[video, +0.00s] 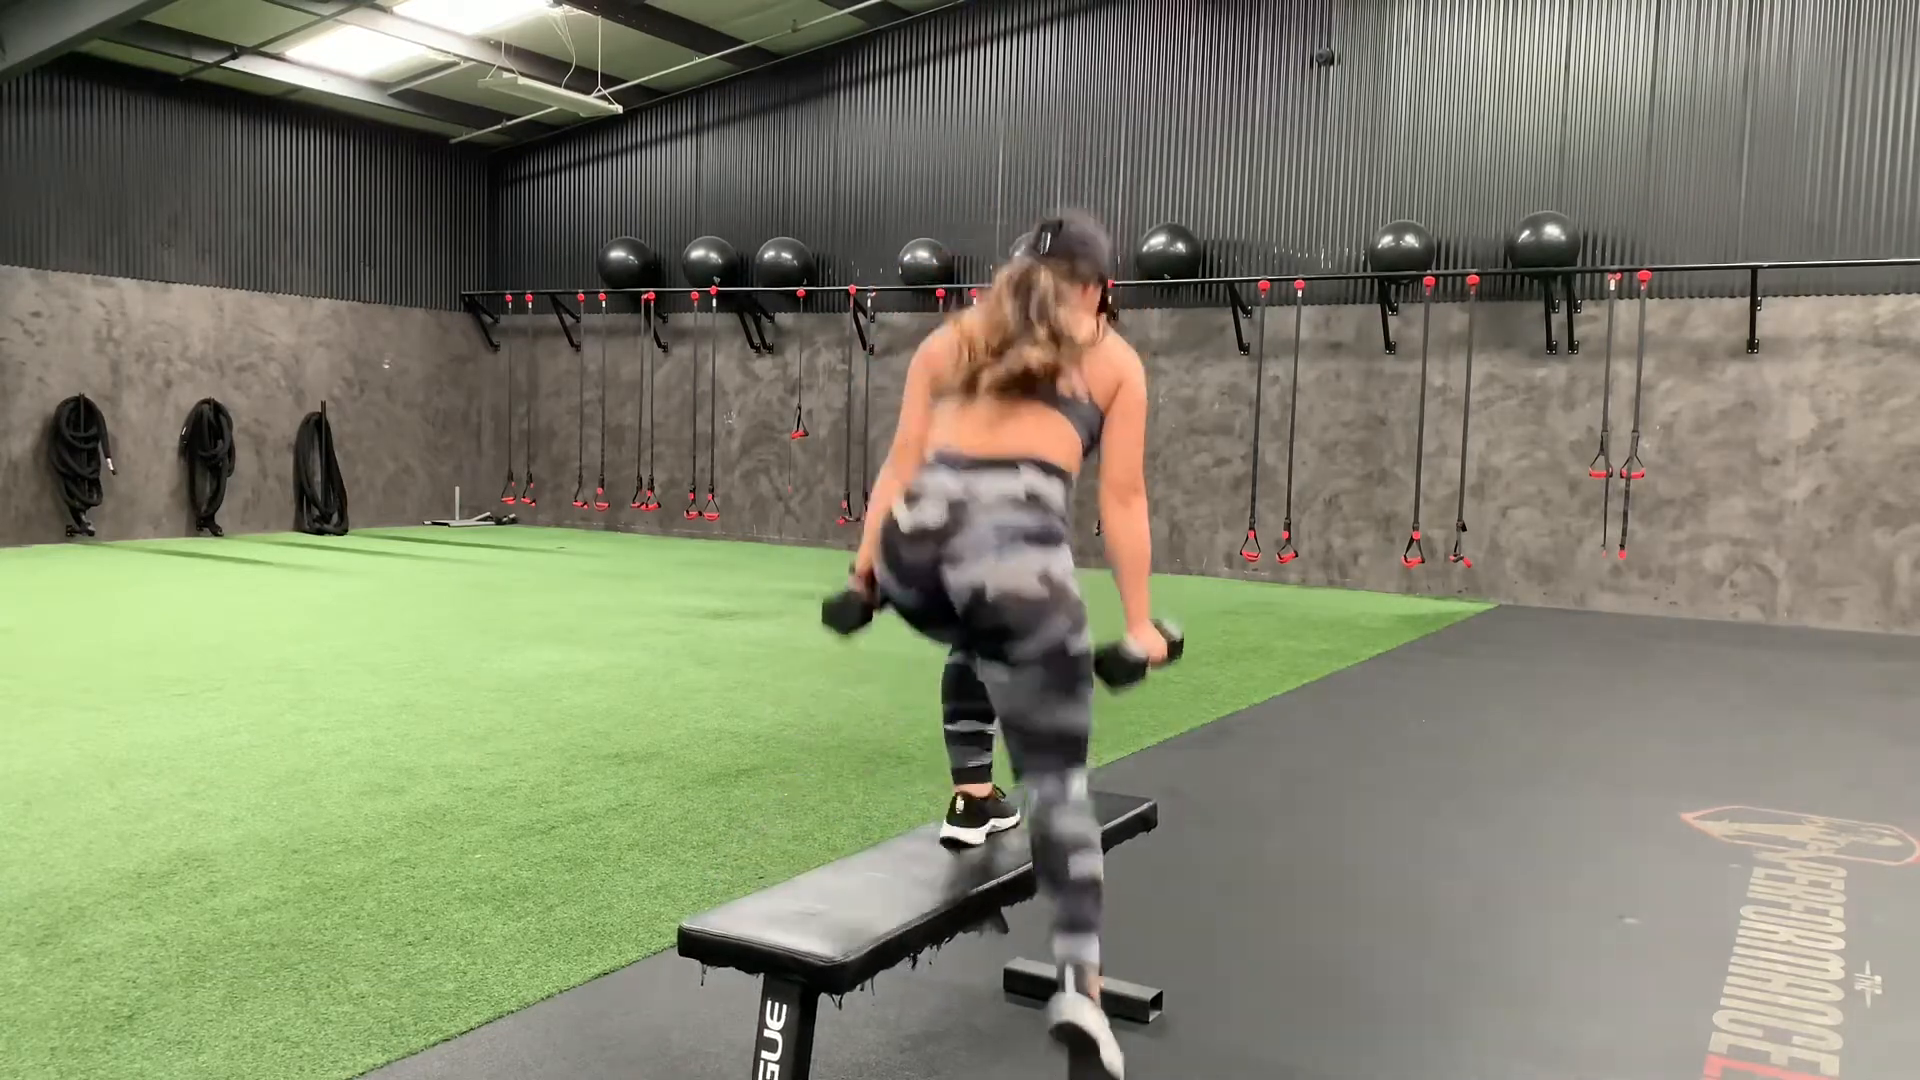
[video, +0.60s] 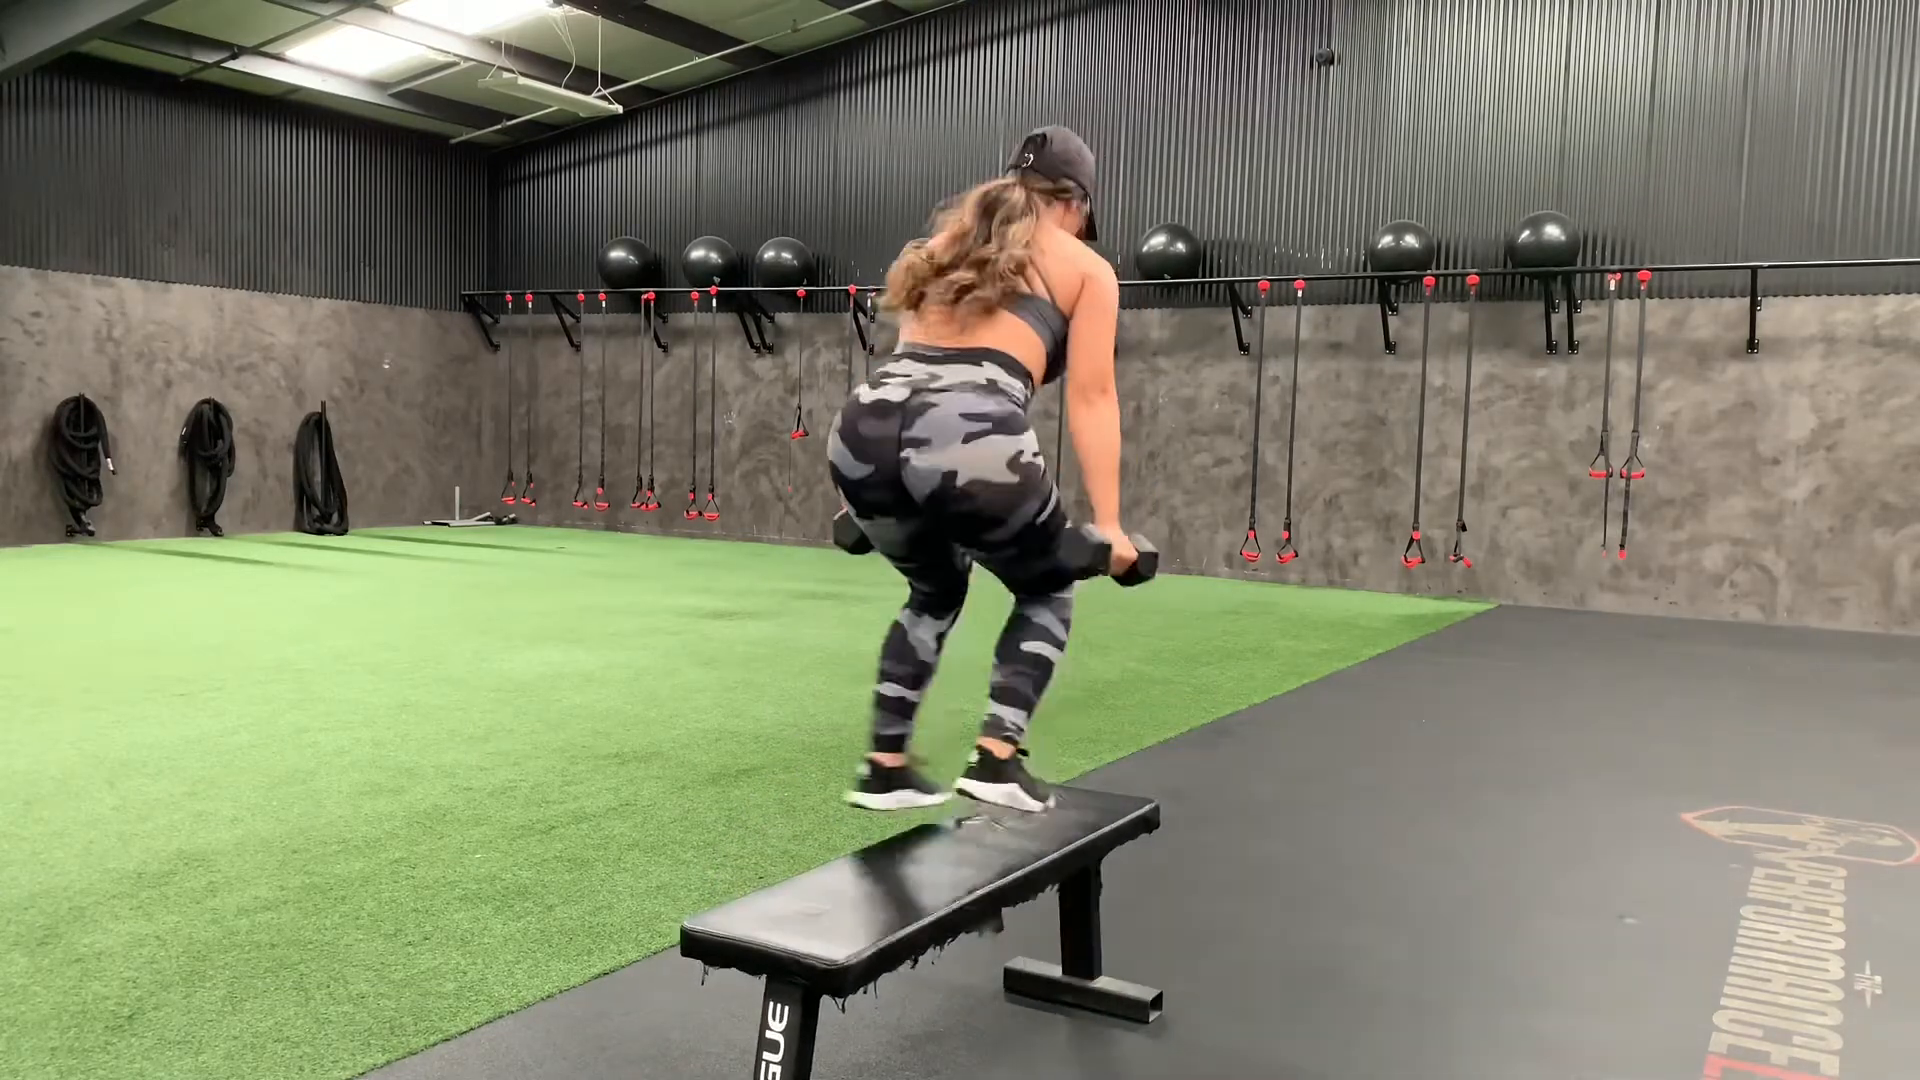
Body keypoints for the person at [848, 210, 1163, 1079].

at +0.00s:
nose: (1109, 304)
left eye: (1105, 292)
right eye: (1109, 292)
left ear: (1015, 278)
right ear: (1094, 289)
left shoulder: (945, 343)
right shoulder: (1113, 361)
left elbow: (903, 463)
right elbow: (1121, 497)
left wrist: (862, 575)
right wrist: (1139, 626)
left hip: (913, 553)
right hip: (1022, 560)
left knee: (975, 636)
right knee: (1056, 783)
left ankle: (971, 795)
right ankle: (1080, 985)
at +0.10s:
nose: (1091, 387)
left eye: (1077, 374)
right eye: (1091, 375)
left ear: (1015, 364)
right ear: (1085, 376)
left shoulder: (950, 437)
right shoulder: (1110, 457)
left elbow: (894, 570)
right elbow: (1127, 602)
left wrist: (857, 676)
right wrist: (1148, 724)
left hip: (943, 656)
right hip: (1047, 666)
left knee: (958, 691)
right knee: (1056, 883)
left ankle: (975, 794)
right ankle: (1066, 1065)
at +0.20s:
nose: (1076, 425)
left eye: (1065, 413)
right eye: (1078, 415)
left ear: (1008, 405)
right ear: (1078, 415)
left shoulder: (946, 481)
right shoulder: (1106, 499)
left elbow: (896, 617)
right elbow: (1132, 641)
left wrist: (862, 720)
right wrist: (1157, 760)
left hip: (941, 710)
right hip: (1049, 718)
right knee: (1057, 926)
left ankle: (980, 798)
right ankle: (1066, 1069)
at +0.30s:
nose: (1073, 361)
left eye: (1070, 350)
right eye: (1076, 349)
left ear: (1000, 331)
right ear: (1070, 344)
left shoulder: (936, 407)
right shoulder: (1094, 422)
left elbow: (906, 541)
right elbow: (1124, 559)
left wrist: (885, 648)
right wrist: (1151, 674)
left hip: (931, 601)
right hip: (1035, 612)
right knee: (1044, 845)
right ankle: (1074, 1056)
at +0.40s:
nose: (1082, 285)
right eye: (1085, 274)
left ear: (1009, 254)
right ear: (1077, 269)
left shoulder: (934, 330)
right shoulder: (1090, 342)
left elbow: (911, 459)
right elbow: (1113, 476)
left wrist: (890, 575)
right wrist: (1141, 595)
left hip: (911, 526)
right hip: (1010, 528)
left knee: (967, 623)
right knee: (1053, 748)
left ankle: (967, 792)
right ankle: (1075, 958)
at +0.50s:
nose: (1084, 234)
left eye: (1082, 222)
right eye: (1085, 222)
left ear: (1012, 203)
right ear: (1076, 218)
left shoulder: (945, 260)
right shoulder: (1087, 283)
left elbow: (909, 385)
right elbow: (1103, 418)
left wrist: (866, 508)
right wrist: (1123, 542)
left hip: (884, 464)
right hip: (985, 466)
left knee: (951, 608)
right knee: (1053, 637)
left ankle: (951, 787)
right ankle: (1039, 802)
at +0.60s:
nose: (1080, 223)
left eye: (1080, 210)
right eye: (1082, 209)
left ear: (1009, 191)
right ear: (1072, 203)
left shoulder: (947, 244)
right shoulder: (1084, 267)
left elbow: (910, 362)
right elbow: (1092, 396)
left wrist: (858, 500)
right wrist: (1109, 525)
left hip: (866, 434)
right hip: (972, 436)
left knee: (934, 587)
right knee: (1046, 583)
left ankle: (886, 762)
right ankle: (998, 754)